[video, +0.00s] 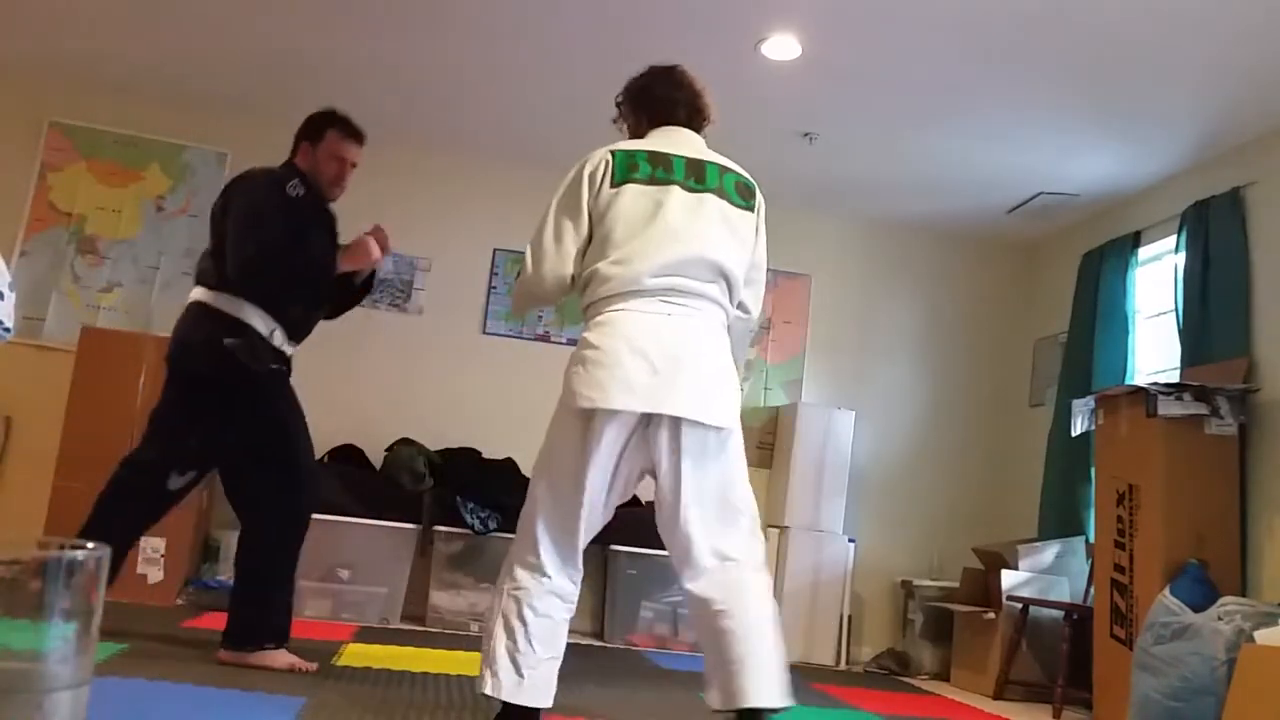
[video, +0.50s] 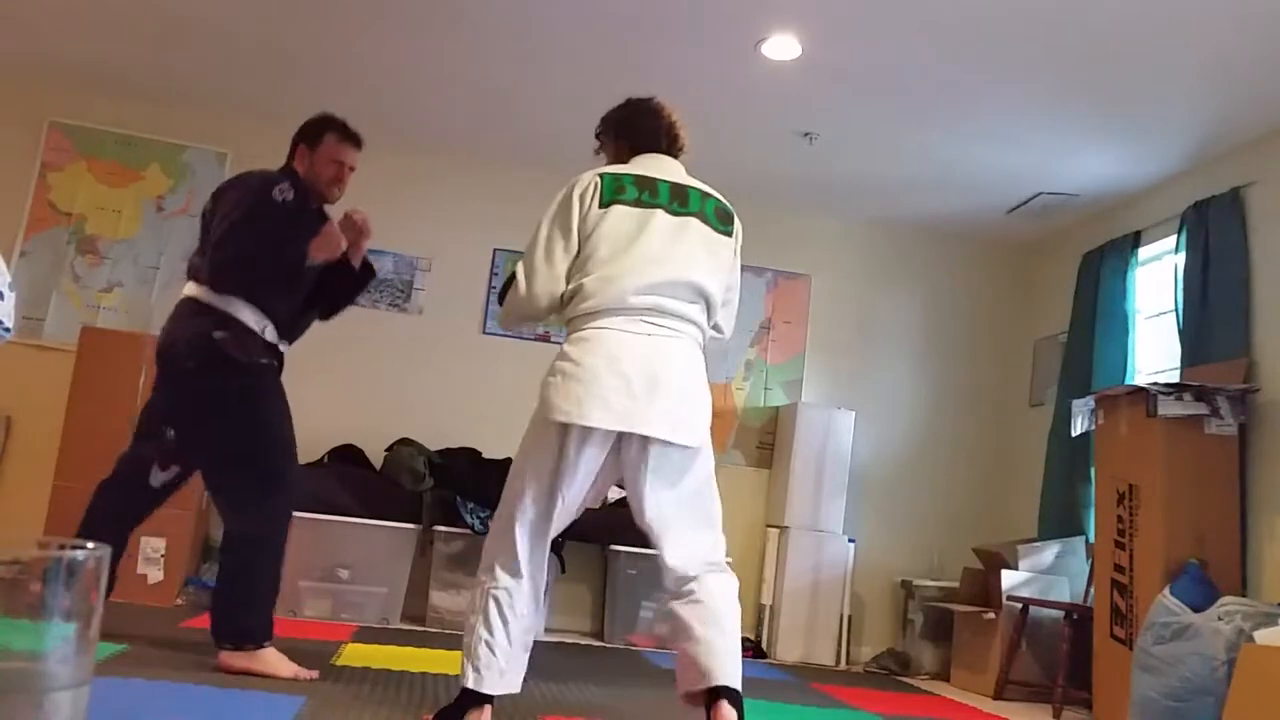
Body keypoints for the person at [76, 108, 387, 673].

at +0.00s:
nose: (347, 175)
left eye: (353, 167)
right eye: (340, 161)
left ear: (349, 169)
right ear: (306, 151)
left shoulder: (319, 221)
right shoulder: (264, 188)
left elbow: (318, 302)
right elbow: (256, 266)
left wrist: (364, 278)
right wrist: (342, 259)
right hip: (230, 350)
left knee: (153, 477)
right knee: (284, 498)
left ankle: (66, 600)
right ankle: (253, 640)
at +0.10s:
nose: (334, 188)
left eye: (340, 180)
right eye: (327, 174)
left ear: (337, 181)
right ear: (294, 164)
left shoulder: (303, 237)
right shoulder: (253, 202)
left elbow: (321, 316)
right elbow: (253, 283)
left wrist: (354, 289)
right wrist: (332, 283)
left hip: (203, 356)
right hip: (218, 358)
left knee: (154, 488)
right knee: (282, 495)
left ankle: (60, 603)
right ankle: (255, 640)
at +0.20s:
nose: (331, 186)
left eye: (336, 178)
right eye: (324, 173)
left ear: (328, 181)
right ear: (290, 166)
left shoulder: (302, 236)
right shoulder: (239, 203)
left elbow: (282, 318)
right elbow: (212, 283)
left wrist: (330, 292)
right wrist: (297, 294)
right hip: (209, 352)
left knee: (151, 488)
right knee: (286, 475)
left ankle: (57, 600)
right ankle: (253, 629)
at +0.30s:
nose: (336, 190)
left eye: (342, 181)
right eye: (329, 176)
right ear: (295, 167)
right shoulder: (263, 203)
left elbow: (284, 315)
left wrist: (329, 287)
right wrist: (295, 280)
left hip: (184, 345)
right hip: (217, 353)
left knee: (160, 488)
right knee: (275, 487)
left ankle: (67, 599)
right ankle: (251, 633)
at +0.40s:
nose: (338, 193)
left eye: (344, 185)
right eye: (330, 180)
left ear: (344, 189)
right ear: (297, 171)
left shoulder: (312, 246)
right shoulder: (254, 203)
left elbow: (325, 320)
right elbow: (212, 275)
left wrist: (356, 282)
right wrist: (296, 279)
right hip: (215, 359)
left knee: (148, 495)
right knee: (272, 497)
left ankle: (57, 607)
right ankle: (242, 645)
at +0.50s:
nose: (343, 178)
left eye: (350, 170)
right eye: (336, 164)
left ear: (350, 174)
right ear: (302, 156)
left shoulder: (312, 225)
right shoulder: (260, 190)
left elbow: (319, 304)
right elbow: (228, 260)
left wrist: (354, 260)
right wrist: (310, 251)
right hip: (222, 348)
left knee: (139, 481)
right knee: (265, 498)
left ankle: (68, 606)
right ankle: (243, 642)